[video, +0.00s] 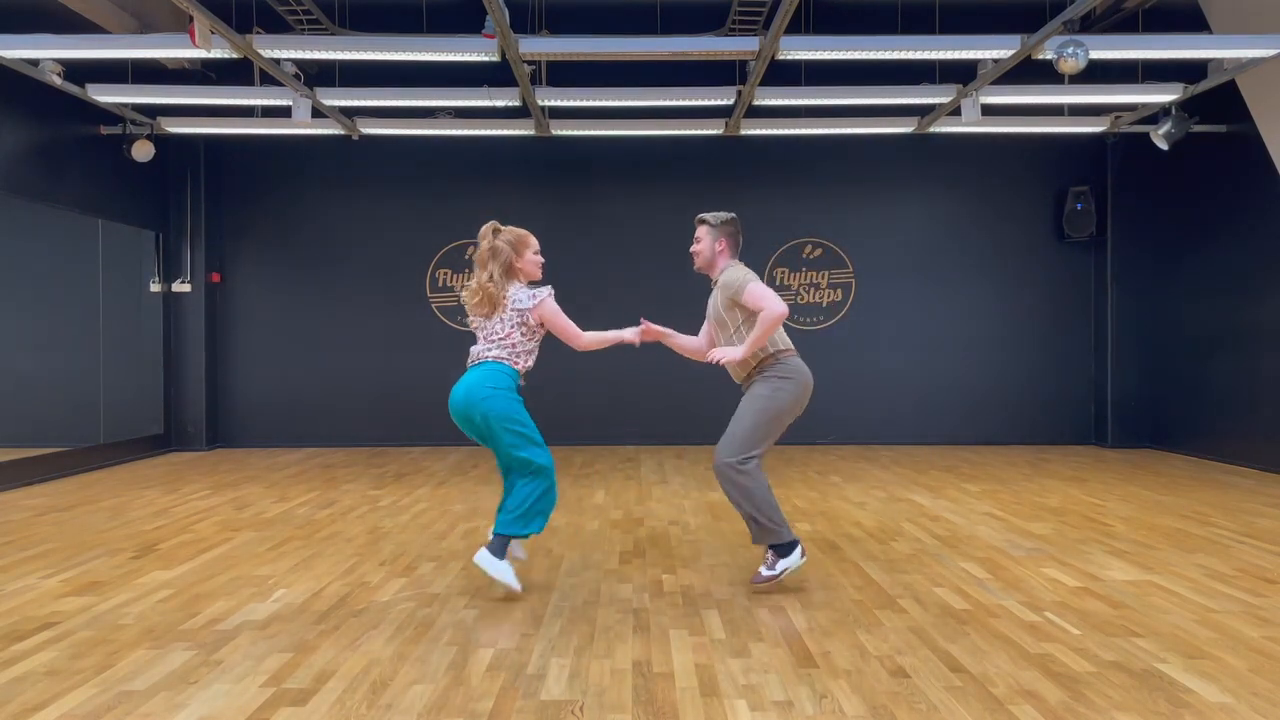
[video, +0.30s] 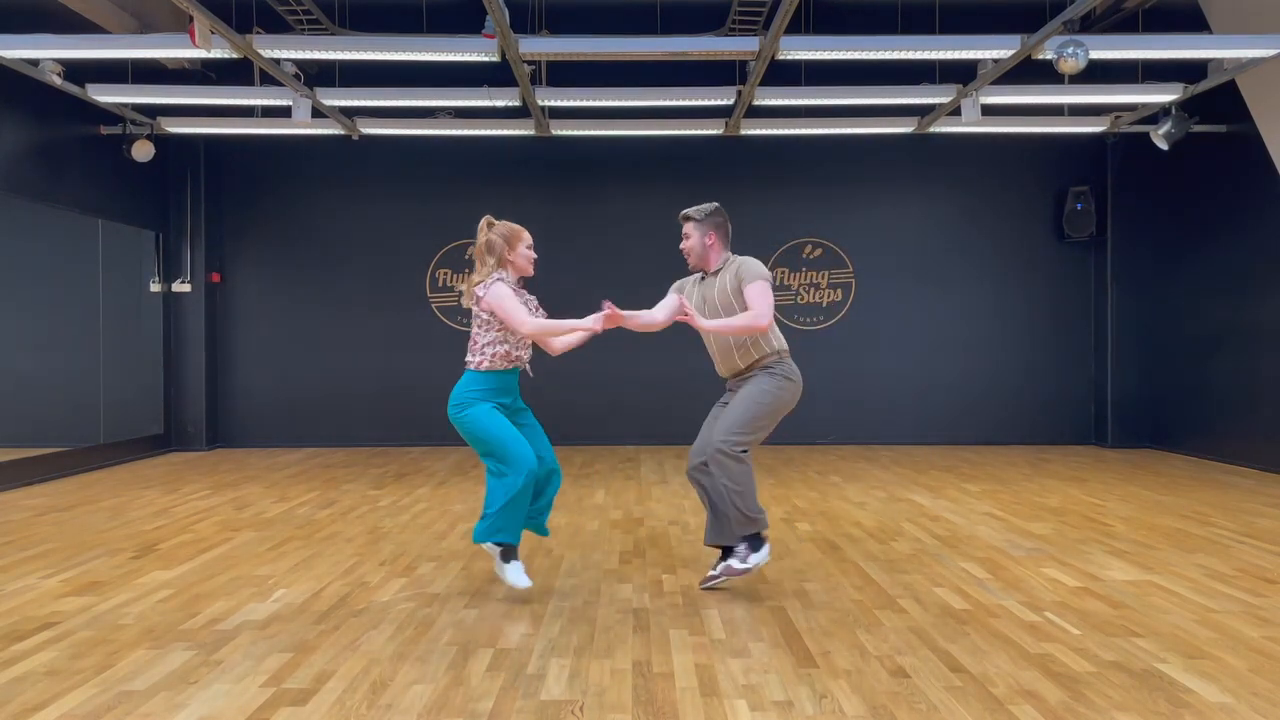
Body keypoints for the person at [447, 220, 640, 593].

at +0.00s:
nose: (542, 258)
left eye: (540, 252)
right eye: (535, 253)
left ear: (507, 263)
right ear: (514, 261)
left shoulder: (488, 296)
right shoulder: (536, 299)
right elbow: (581, 340)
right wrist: (624, 335)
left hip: (464, 393)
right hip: (494, 390)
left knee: (516, 463)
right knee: (538, 467)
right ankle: (495, 551)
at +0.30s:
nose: (535, 253)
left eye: (533, 247)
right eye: (528, 248)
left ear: (516, 253)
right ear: (507, 254)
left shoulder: (525, 300)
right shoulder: (493, 288)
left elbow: (555, 345)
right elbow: (526, 326)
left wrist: (594, 326)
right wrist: (584, 323)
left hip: (510, 398)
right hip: (474, 399)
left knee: (546, 466)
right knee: (522, 462)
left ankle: (503, 536)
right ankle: (505, 549)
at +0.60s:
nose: (541, 257)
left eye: (539, 250)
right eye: (535, 252)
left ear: (508, 262)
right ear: (513, 260)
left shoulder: (491, 298)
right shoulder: (533, 299)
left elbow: (486, 358)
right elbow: (585, 330)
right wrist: (621, 320)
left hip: (491, 399)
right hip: (505, 403)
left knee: (552, 465)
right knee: (522, 490)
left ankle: (533, 541)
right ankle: (469, 570)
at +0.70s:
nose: (548, 267)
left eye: (545, 261)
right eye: (540, 263)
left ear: (515, 276)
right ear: (517, 274)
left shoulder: (488, 311)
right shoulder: (546, 311)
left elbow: (476, 366)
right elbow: (596, 347)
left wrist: (495, 400)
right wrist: (637, 336)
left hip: (490, 407)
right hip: (524, 405)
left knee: (543, 468)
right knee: (517, 494)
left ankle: (530, 552)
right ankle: (468, 578)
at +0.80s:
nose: (550, 267)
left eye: (549, 261)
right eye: (542, 262)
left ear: (521, 271)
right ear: (520, 270)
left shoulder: (503, 308)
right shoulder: (538, 305)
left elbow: (494, 366)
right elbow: (591, 323)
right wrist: (620, 299)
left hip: (499, 403)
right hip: (517, 404)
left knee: (547, 479)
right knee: (523, 490)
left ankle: (530, 554)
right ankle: (471, 579)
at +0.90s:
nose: (551, 263)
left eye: (551, 256)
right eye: (543, 256)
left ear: (546, 262)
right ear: (517, 261)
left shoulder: (546, 307)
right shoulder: (502, 295)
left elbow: (555, 359)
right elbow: (519, 258)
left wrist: (555, 398)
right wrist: (564, 216)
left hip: (537, 406)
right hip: (495, 406)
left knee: (553, 481)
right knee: (516, 485)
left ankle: (536, 538)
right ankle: (506, 569)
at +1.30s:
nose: (529, 257)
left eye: (526, 251)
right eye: (524, 253)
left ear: (485, 263)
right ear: (508, 262)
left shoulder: (469, 300)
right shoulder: (533, 286)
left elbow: (448, 347)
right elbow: (575, 240)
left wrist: (465, 385)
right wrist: (592, 198)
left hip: (489, 392)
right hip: (535, 392)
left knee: (470, 489)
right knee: (545, 483)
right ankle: (538, 577)